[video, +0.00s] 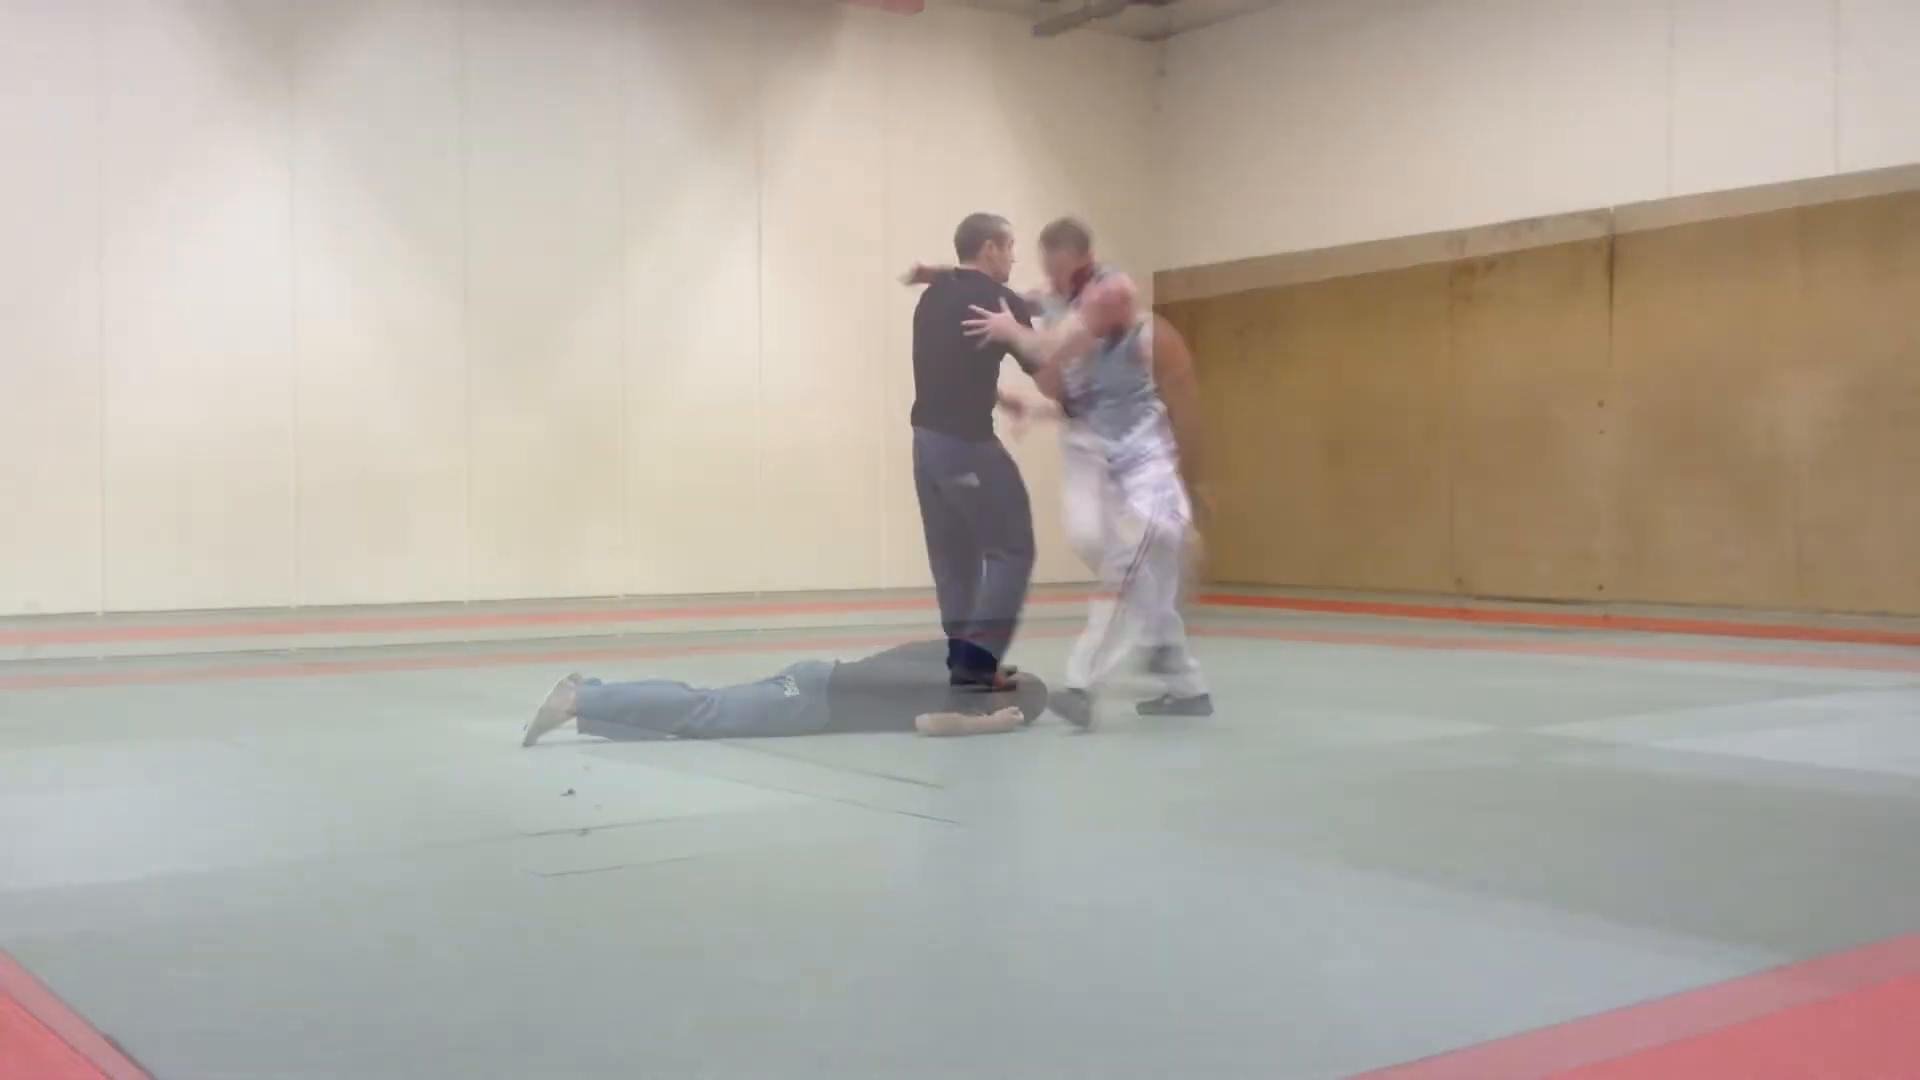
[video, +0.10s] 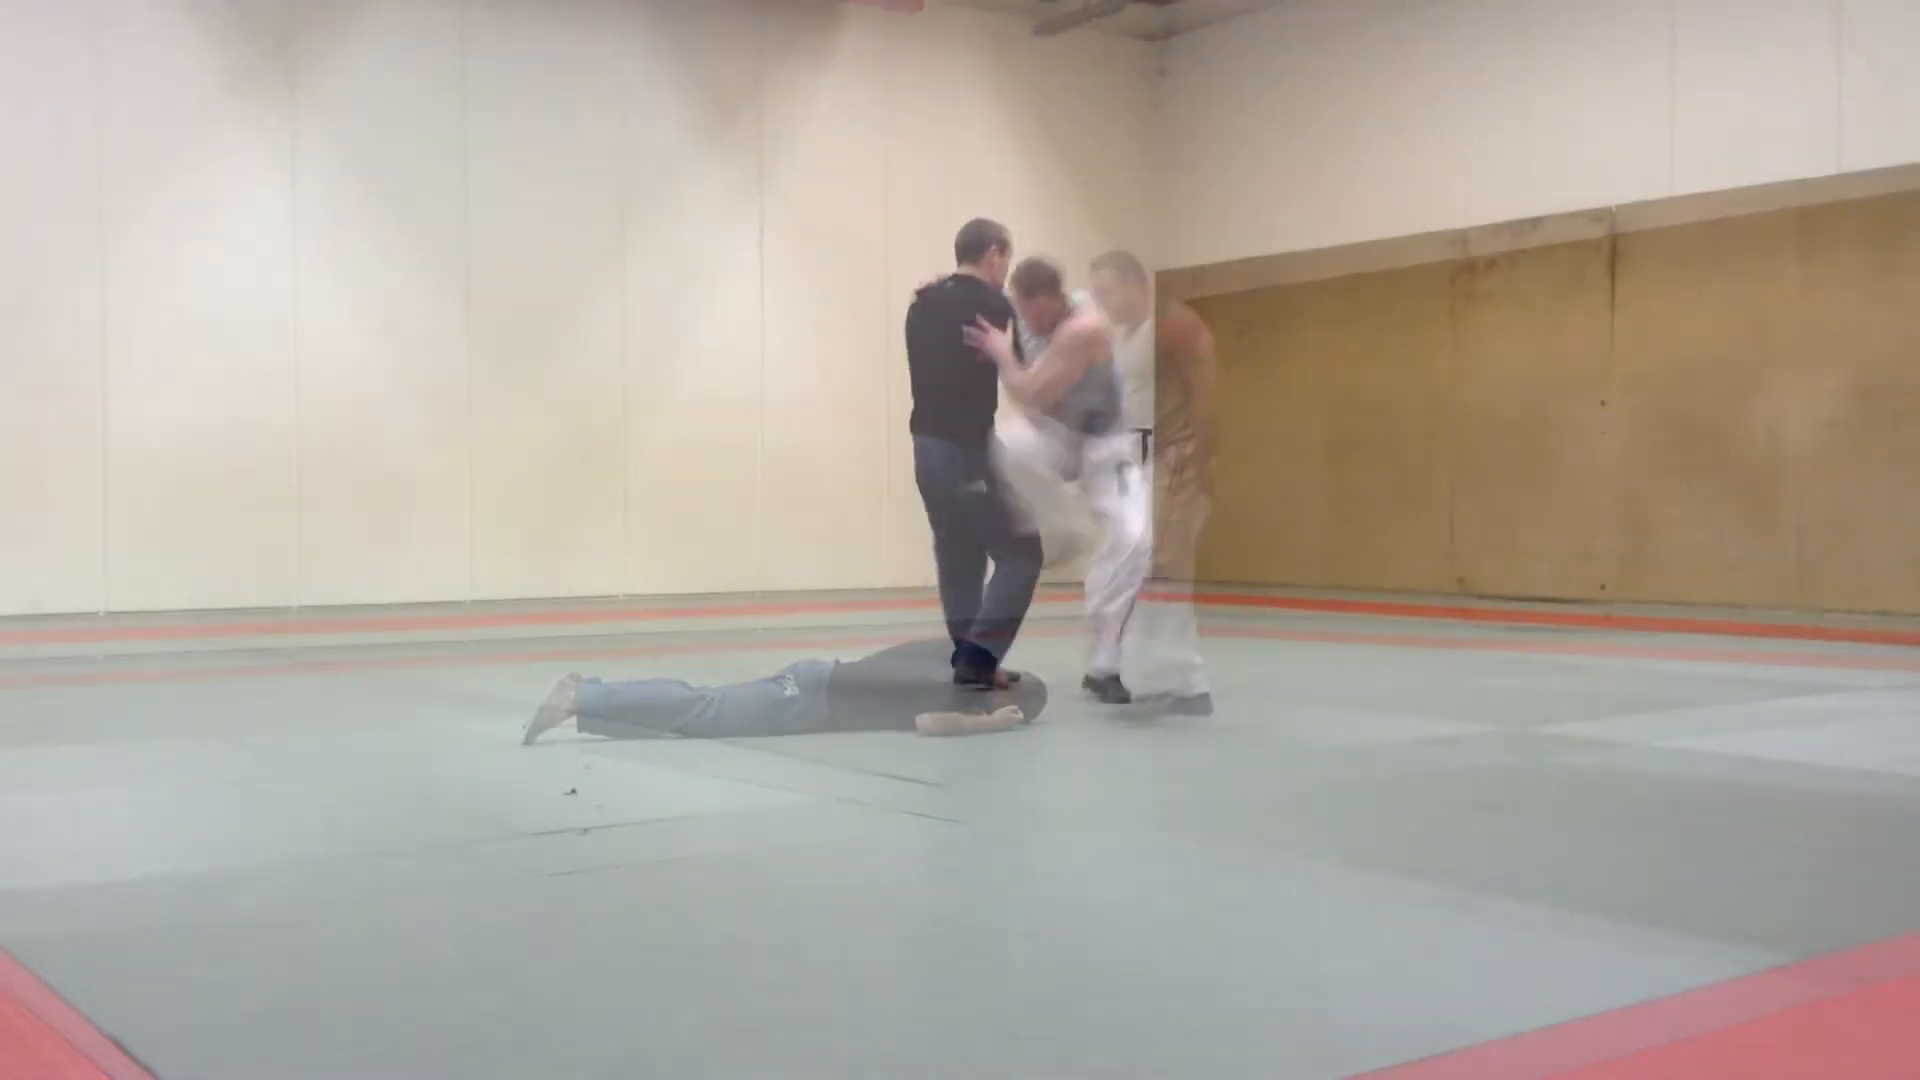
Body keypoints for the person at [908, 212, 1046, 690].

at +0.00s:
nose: (1012, 257)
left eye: (1010, 248)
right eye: (1008, 249)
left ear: (963, 250)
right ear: (991, 250)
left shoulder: (931, 294)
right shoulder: (1002, 300)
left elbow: (955, 365)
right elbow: (1041, 367)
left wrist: (1006, 400)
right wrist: (1067, 401)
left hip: (927, 443)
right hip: (969, 447)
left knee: (952, 551)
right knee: (1011, 548)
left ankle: (964, 659)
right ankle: (978, 660)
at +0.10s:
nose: (1006, 271)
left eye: (1006, 262)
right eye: (1005, 261)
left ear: (959, 254)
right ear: (993, 255)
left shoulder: (920, 301)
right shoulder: (995, 306)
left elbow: (924, 372)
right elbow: (1022, 379)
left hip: (926, 447)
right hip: (968, 450)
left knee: (955, 548)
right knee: (1021, 550)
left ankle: (968, 657)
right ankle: (980, 657)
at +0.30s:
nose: (1034, 362)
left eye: (1044, 355)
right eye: (1028, 352)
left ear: (1069, 342)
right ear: (1021, 337)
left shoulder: (1091, 384)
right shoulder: (1009, 332)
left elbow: (1042, 452)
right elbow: (954, 320)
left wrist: (990, 408)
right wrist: (896, 309)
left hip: (1042, 479)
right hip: (973, 468)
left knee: (1100, 542)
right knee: (906, 550)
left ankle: (1104, 669)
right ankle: (829, 655)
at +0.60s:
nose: (1007, 412)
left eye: (1015, 403)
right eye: (996, 403)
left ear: (1033, 382)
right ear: (982, 384)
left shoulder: (1065, 385)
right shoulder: (960, 393)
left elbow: (1088, 442)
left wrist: (1040, 471)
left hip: (1032, 489)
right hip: (962, 486)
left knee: (1074, 534)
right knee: (890, 550)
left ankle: (1101, 659)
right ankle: (837, 658)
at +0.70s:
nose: (955, 422)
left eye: (964, 414)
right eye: (950, 414)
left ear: (994, 395)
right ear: (943, 403)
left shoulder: (1028, 377)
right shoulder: (937, 423)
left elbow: (1074, 395)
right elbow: (913, 485)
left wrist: (1066, 443)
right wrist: (916, 524)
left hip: (1028, 475)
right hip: (961, 482)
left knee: (1075, 528)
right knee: (915, 544)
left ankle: (1110, 651)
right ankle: (845, 649)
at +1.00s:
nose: (927, 474)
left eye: (934, 463)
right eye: (921, 466)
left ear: (960, 435)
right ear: (909, 451)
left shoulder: (987, 398)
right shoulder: (914, 467)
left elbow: (1063, 450)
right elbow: (931, 551)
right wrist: (939, 626)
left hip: (1006, 463)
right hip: (938, 478)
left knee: (1061, 515)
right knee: (855, 524)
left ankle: (1114, 638)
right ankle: (830, 634)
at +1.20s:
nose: (938, 489)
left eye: (946, 479)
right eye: (930, 482)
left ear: (965, 451)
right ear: (913, 461)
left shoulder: (987, 405)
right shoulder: (913, 472)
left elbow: (1045, 464)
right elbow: (930, 547)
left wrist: (1001, 519)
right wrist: (940, 618)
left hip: (995, 463)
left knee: (1053, 524)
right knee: (846, 517)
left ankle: (1114, 636)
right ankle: (822, 621)